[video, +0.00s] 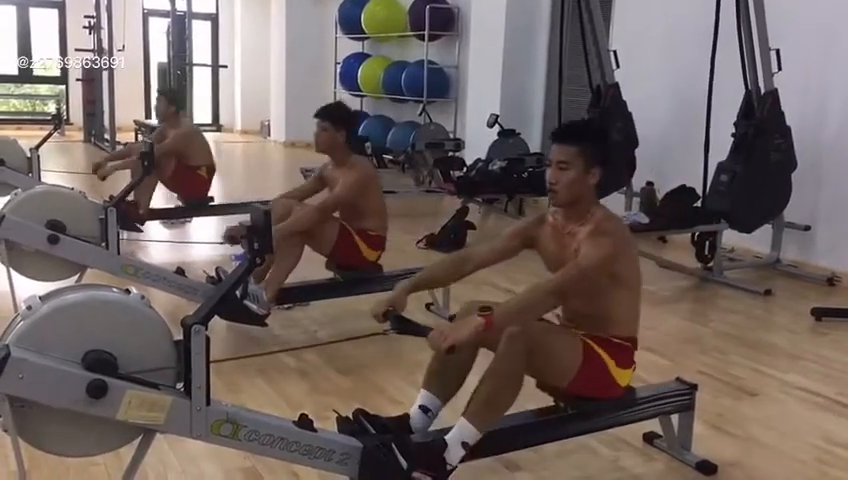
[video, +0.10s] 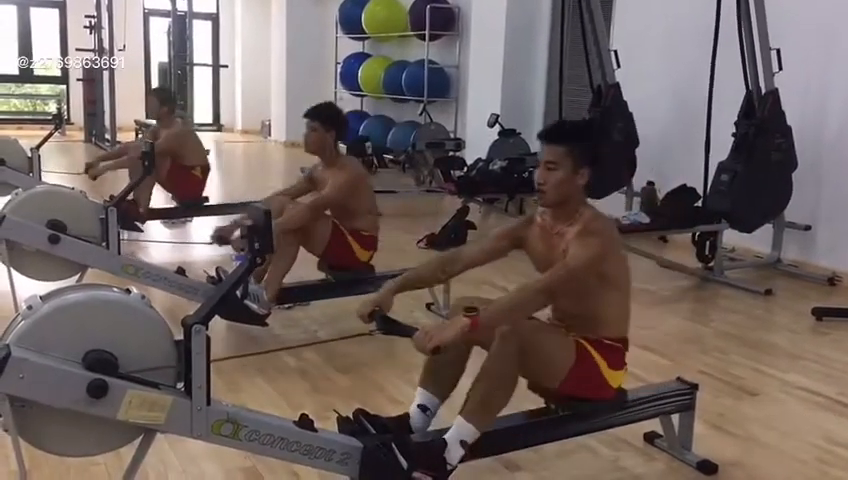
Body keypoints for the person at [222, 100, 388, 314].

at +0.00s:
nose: (315, 134)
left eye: (323, 130)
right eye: (317, 129)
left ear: (341, 135)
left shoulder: (359, 172)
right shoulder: (330, 168)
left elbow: (318, 211)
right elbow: (292, 196)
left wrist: (269, 237)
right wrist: (250, 225)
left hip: (366, 248)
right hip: (349, 239)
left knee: (300, 219)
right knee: (283, 208)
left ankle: (266, 296)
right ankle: (252, 280)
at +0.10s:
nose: (305, 135)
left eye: (312, 130)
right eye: (307, 129)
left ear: (331, 135)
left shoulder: (349, 173)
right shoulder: (320, 170)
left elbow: (309, 209)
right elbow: (282, 196)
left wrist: (257, 234)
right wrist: (237, 224)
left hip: (358, 248)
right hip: (341, 240)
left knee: (295, 217)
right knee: (278, 207)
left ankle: (267, 296)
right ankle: (252, 281)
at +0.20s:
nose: (288, 136)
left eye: (295, 130)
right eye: (290, 129)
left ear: (316, 136)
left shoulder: (331, 175)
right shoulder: (303, 170)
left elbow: (281, 216)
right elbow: (263, 198)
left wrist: (229, 239)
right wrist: (216, 225)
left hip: (345, 249)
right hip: (330, 241)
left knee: (286, 216)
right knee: (270, 200)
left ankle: (266, 296)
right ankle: (253, 282)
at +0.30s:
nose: (273, 135)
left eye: (280, 130)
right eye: (274, 129)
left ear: (300, 137)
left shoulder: (316, 173)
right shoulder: (287, 170)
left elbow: (268, 212)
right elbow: (245, 198)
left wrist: (215, 236)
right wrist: (196, 224)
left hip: (332, 251)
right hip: (314, 246)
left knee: (278, 210)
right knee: (255, 197)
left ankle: (267, 292)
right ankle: (255, 278)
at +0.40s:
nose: (257, 136)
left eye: (263, 131)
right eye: (258, 130)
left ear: (285, 138)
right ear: (280, 138)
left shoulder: (298, 174)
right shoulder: (271, 170)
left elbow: (251, 207)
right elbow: (230, 197)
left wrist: (197, 233)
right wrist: (179, 221)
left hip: (319, 253)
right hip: (301, 248)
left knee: (270, 211)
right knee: (245, 201)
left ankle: (267, 291)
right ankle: (254, 279)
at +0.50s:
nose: (246, 137)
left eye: (253, 132)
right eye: (248, 131)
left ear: (274, 139)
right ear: (268, 139)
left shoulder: (287, 174)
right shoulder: (259, 171)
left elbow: (238, 207)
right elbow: (218, 195)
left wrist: (182, 227)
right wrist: (162, 218)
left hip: (311, 255)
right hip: (292, 250)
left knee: (260, 207)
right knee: (236, 199)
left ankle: (268, 291)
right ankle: (256, 278)